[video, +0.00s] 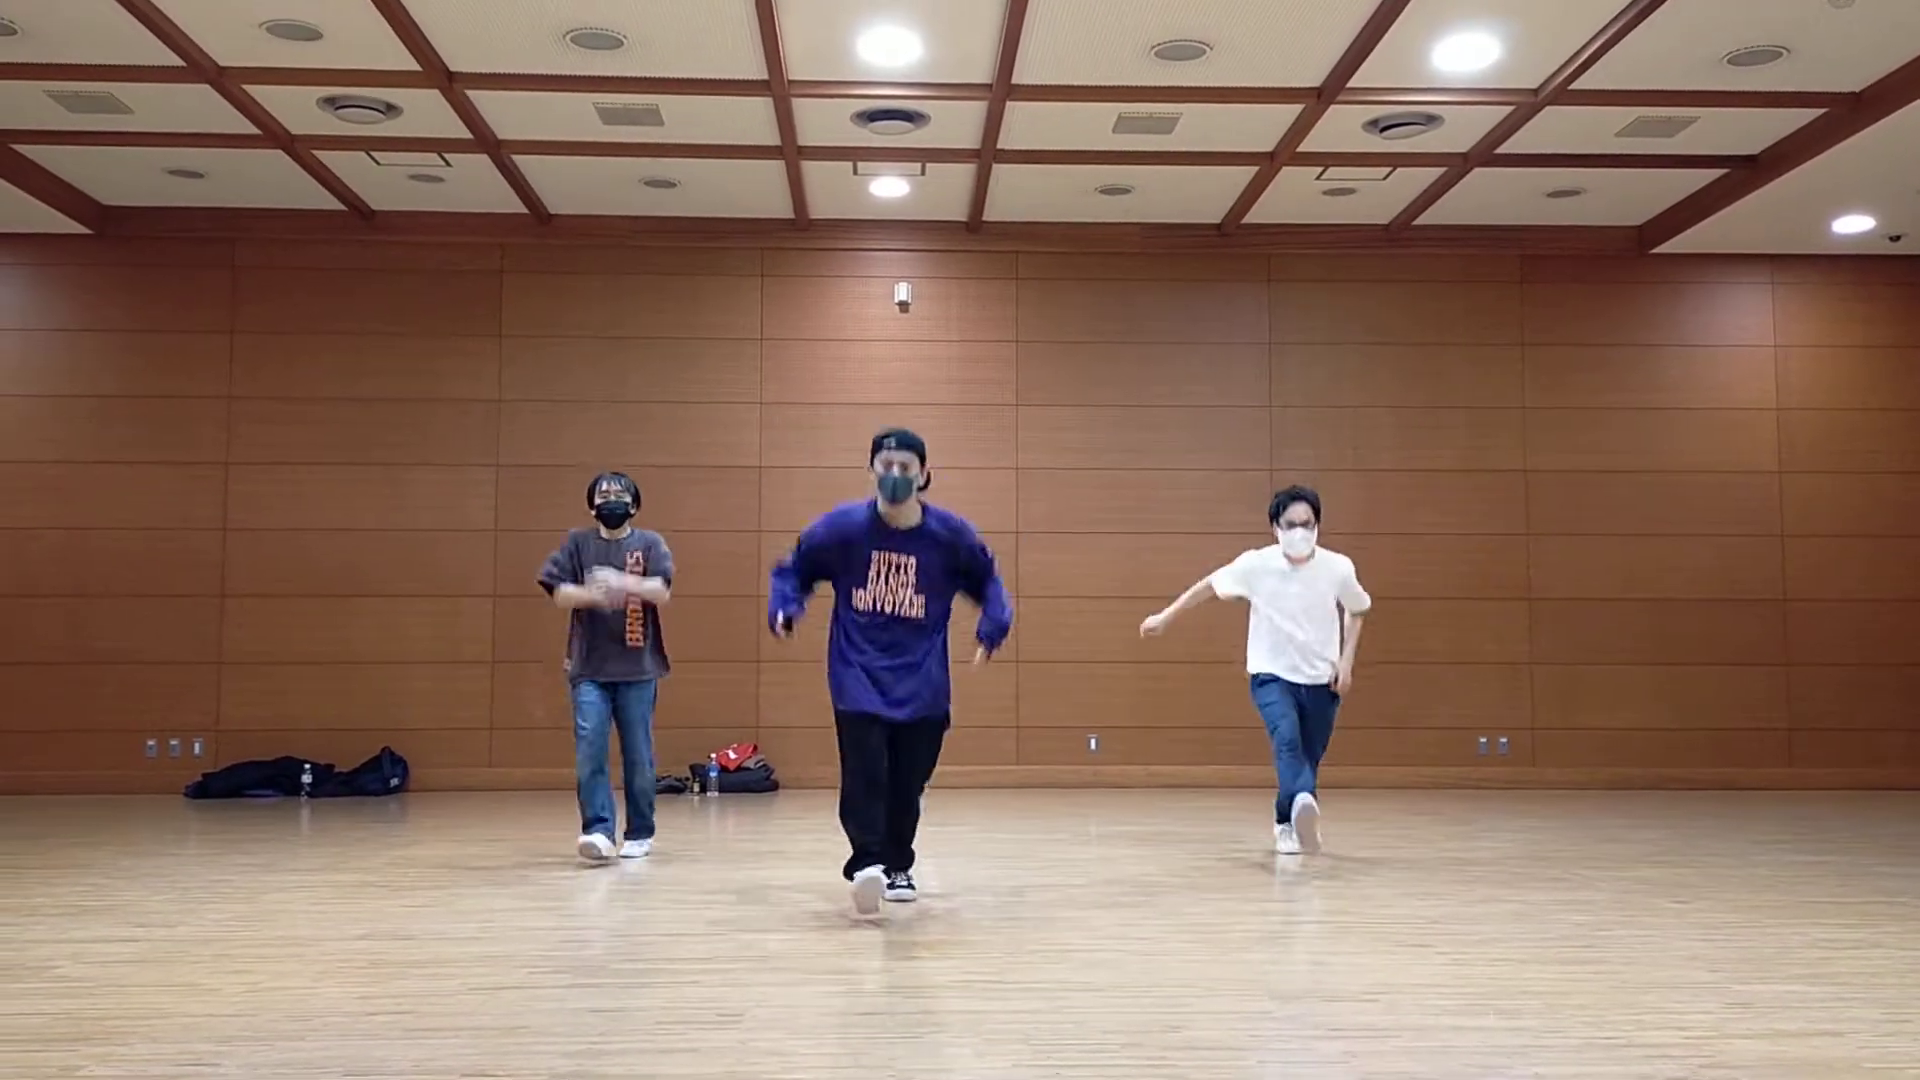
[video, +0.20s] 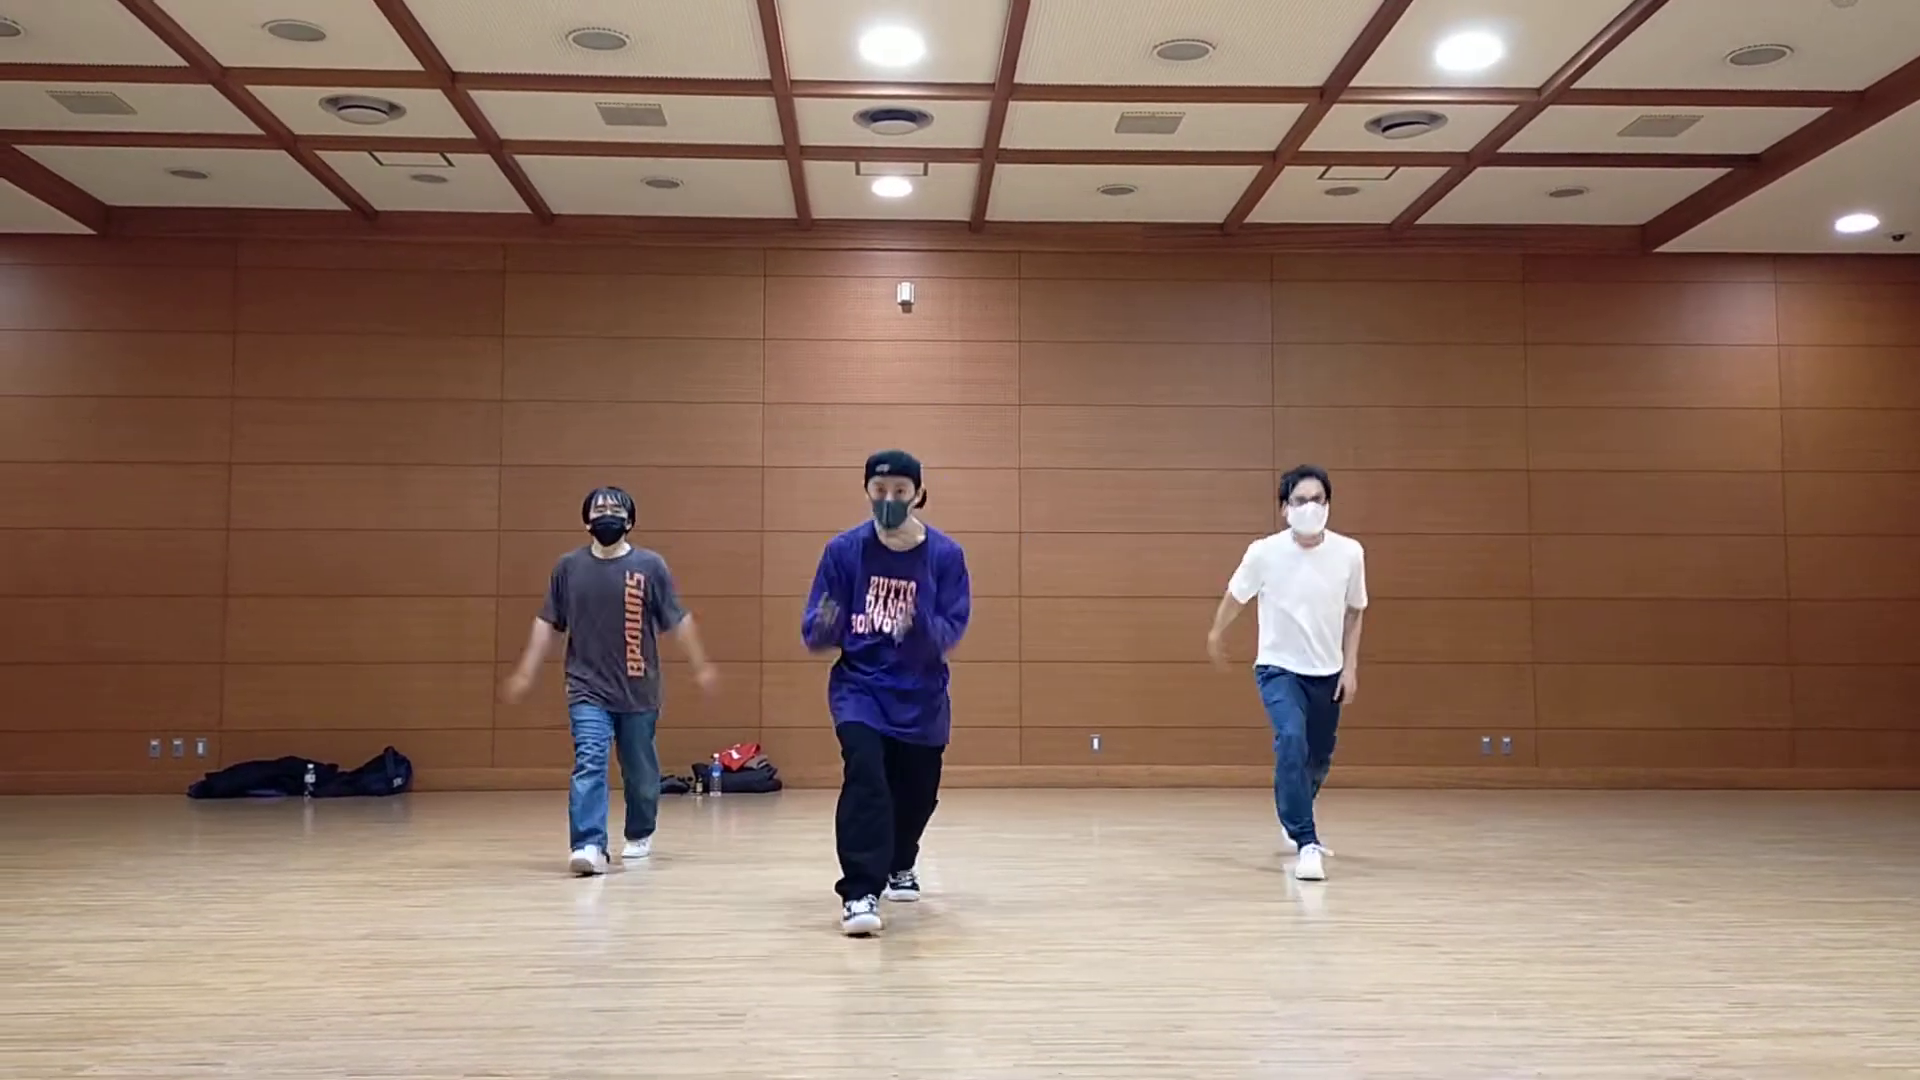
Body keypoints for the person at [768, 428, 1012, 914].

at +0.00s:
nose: (894, 474)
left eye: (905, 467)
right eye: (886, 465)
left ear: (922, 475)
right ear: (873, 471)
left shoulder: (950, 534)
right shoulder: (844, 526)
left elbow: (988, 580)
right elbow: (793, 569)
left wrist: (995, 619)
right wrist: (785, 601)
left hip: (922, 675)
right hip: (858, 672)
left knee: (908, 779)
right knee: (866, 768)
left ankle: (898, 869)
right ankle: (867, 868)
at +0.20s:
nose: (889, 499)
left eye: (899, 491)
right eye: (880, 490)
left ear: (918, 495)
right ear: (868, 493)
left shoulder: (944, 555)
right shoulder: (844, 551)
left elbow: (951, 631)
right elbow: (814, 632)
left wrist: (920, 622)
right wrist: (826, 629)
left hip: (920, 695)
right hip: (860, 689)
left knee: (917, 791)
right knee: (867, 778)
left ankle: (901, 864)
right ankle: (860, 892)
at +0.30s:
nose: (886, 461)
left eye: (897, 453)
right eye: (878, 453)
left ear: (916, 462)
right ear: (864, 461)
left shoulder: (944, 523)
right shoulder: (840, 524)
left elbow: (942, 597)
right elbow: (816, 592)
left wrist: (892, 550)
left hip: (921, 674)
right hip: (859, 672)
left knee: (919, 783)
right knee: (865, 782)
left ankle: (910, 853)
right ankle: (864, 895)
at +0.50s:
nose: (896, 431)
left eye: (906, 423)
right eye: (886, 424)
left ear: (924, 435)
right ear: (871, 435)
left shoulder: (950, 491)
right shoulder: (844, 492)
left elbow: (958, 560)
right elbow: (832, 561)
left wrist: (906, 586)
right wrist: (884, 587)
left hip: (929, 663)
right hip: (863, 665)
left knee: (924, 774)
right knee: (877, 776)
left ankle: (923, 888)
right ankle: (875, 896)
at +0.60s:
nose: (898, 438)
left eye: (909, 431)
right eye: (888, 431)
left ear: (926, 446)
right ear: (872, 444)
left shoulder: (956, 518)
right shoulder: (845, 517)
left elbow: (962, 609)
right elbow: (841, 611)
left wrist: (931, 676)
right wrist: (878, 679)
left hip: (929, 683)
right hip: (861, 684)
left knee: (917, 781)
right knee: (873, 787)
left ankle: (914, 897)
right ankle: (875, 901)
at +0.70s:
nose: (902, 416)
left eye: (912, 410)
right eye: (891, 410)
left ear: (930, 428)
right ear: (875, 427)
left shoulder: (956, 500)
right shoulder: (847, 498)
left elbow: (973, 590)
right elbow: (830, 584)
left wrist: (956, 653)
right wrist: (863, 638)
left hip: (929, 674)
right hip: (864, 673)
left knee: (923, 790)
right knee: (868, 792)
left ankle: (920, 893)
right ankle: (876, 900)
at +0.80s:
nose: (904, 389)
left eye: (915, 382)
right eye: (894, 382)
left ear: (933, 401)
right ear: (877, 399)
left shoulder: (957, 471)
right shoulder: (849, 468)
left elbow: (981, 550)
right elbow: (813, 539)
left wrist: (992, 605)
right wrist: (809, 586)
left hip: (933, 647)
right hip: (862, 648)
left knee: (942, 767)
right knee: (858, 768)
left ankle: (947, 886)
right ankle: (857, 888)